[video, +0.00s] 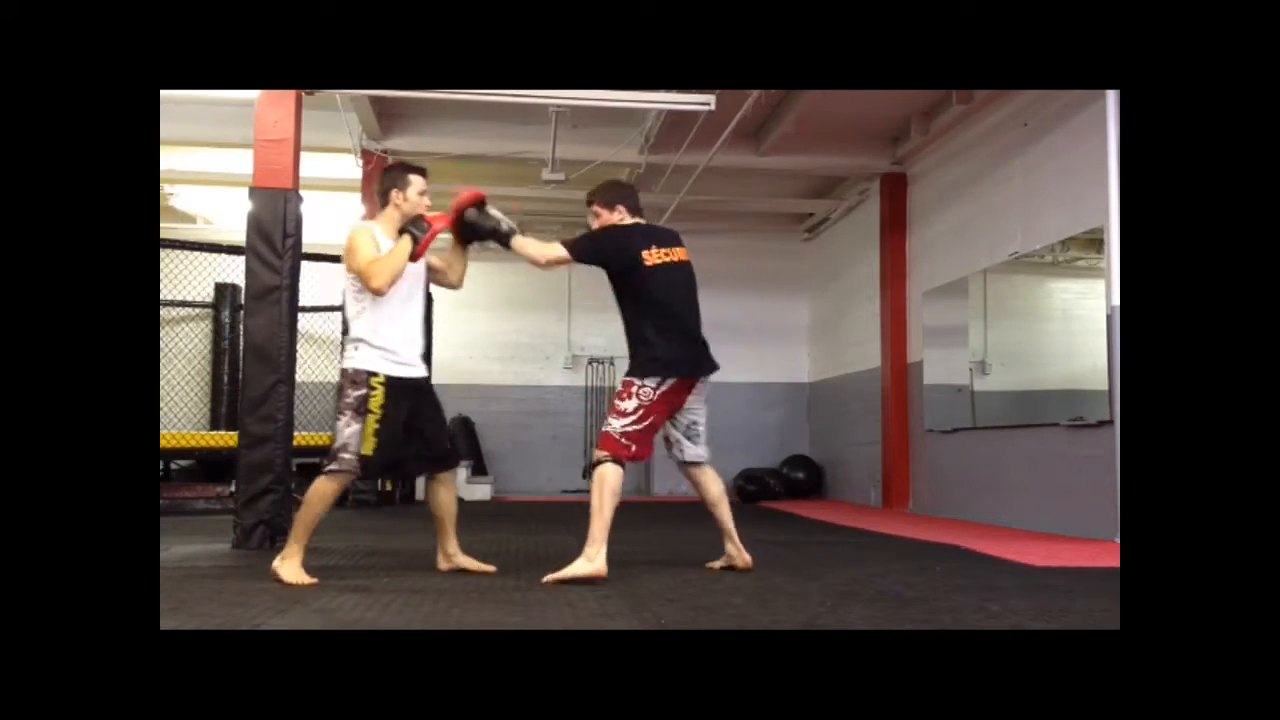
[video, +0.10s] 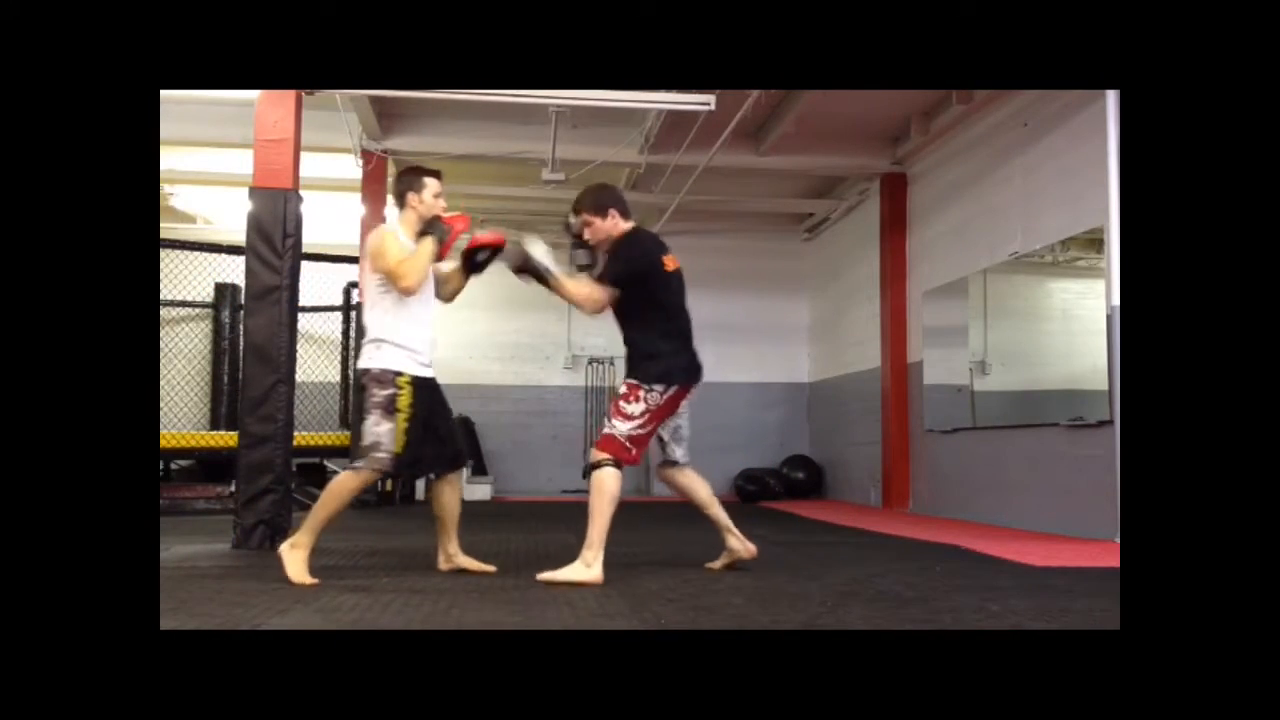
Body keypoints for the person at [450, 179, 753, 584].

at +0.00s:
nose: (593, 224)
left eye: (595, 216)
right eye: (593, 217)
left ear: (618, 211)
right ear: (631, 212)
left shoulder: (614, 239)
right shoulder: (669, 237)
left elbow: (546, 256)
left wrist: (502, 231)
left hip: (656, 365)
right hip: (693, 362)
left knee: (610, 453)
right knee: (695, 459)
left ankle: (593, 556)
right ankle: (736, 549)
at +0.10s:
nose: (585, 235)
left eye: (588, 225)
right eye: (583, 227)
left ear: (612, 216)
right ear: (616, 218)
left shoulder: (630, 248)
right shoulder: (646, 244)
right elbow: (599, 300)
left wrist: (546, 270)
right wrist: (544, 277)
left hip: (657, 374)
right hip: (676, 371)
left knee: (606, 455)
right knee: (672, 467)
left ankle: (590, 562)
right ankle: (735, 541)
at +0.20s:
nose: (578, 258)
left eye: (584, 248)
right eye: (575, 250)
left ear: (609, 239)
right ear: (576, 247)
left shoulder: (649, 267)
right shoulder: (587, 273)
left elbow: (663, 336)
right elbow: (563, 322)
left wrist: (604, 321)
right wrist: (556, 284)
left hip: (661, 383)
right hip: (630, 382)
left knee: (591, 452)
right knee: (651, 479)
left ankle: (588, 563)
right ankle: (733, 537)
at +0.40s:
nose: (544, 256)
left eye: (546, 247)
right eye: (542, 249)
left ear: (570, 240)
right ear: (573, 238)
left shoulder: (618, 266)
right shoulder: (581, 266)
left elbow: (645, 337)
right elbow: (560, 307)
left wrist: (592, 365)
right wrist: (555, 274)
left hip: (633, 376)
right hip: (639, 376)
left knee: (570, 456)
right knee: (650, 463)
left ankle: (586, 561)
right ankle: (719, 531)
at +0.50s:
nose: (547, 236)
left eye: (547, 226)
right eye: (545, 226)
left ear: (563, 218)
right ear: (575, 212)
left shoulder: (580, 263)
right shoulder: (626, 227)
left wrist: (545, 336)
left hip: (616, 368)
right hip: (656, 361)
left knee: (573, 456)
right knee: (646, 450)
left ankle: (585, 561)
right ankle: (696, 532)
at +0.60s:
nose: (550, 226)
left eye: (549, 216)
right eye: (547, 217)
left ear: (566, 207)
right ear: (588, 202)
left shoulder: (571, 249)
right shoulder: (633, 220)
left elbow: (536, 307)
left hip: (616, 364)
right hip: (659, 359)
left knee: (576, 454)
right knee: (647, 449)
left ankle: (586, 561)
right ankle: (694, 535)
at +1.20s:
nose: (553, 210)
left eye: (556, 200)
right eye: (551, 202)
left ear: (580, 194)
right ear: (593, 195)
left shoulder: (583, 225)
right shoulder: (631, 228)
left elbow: (566, 271)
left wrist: (536, 271)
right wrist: (564, 266)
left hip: (614, 359)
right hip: (646, 357)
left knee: (571, 452)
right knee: (648, 455)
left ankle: (572, 561)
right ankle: (699, 545)